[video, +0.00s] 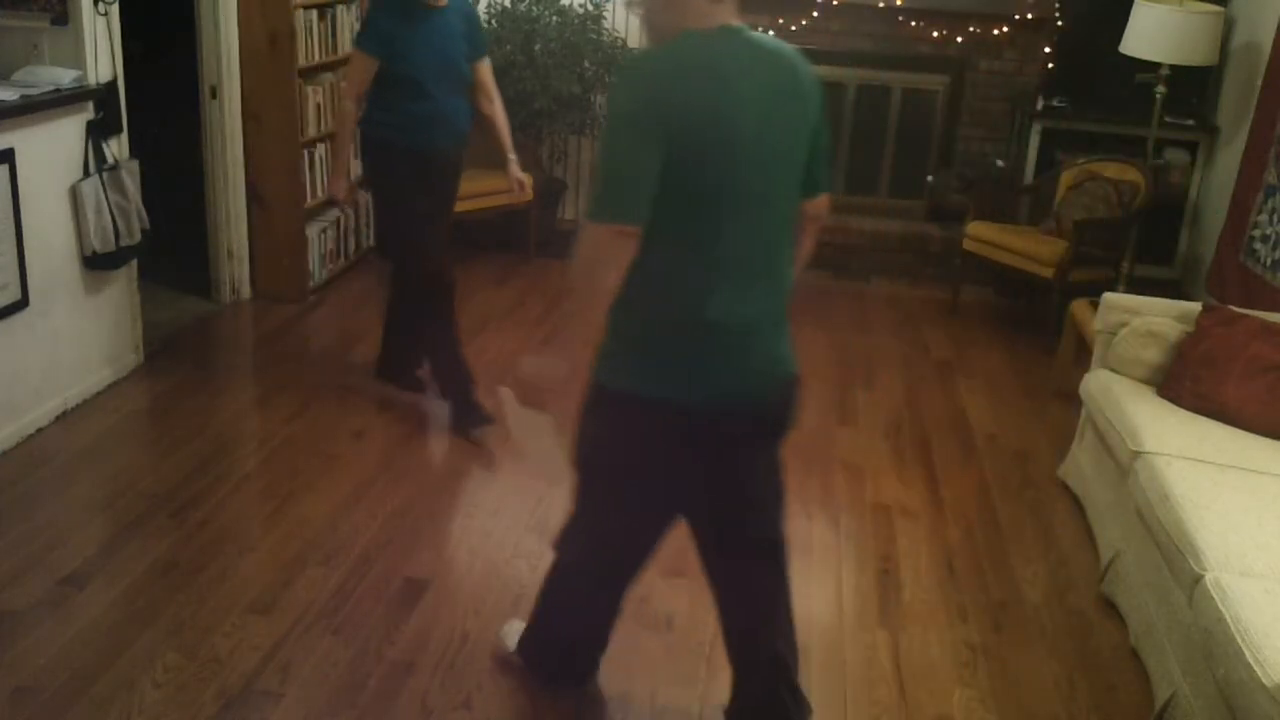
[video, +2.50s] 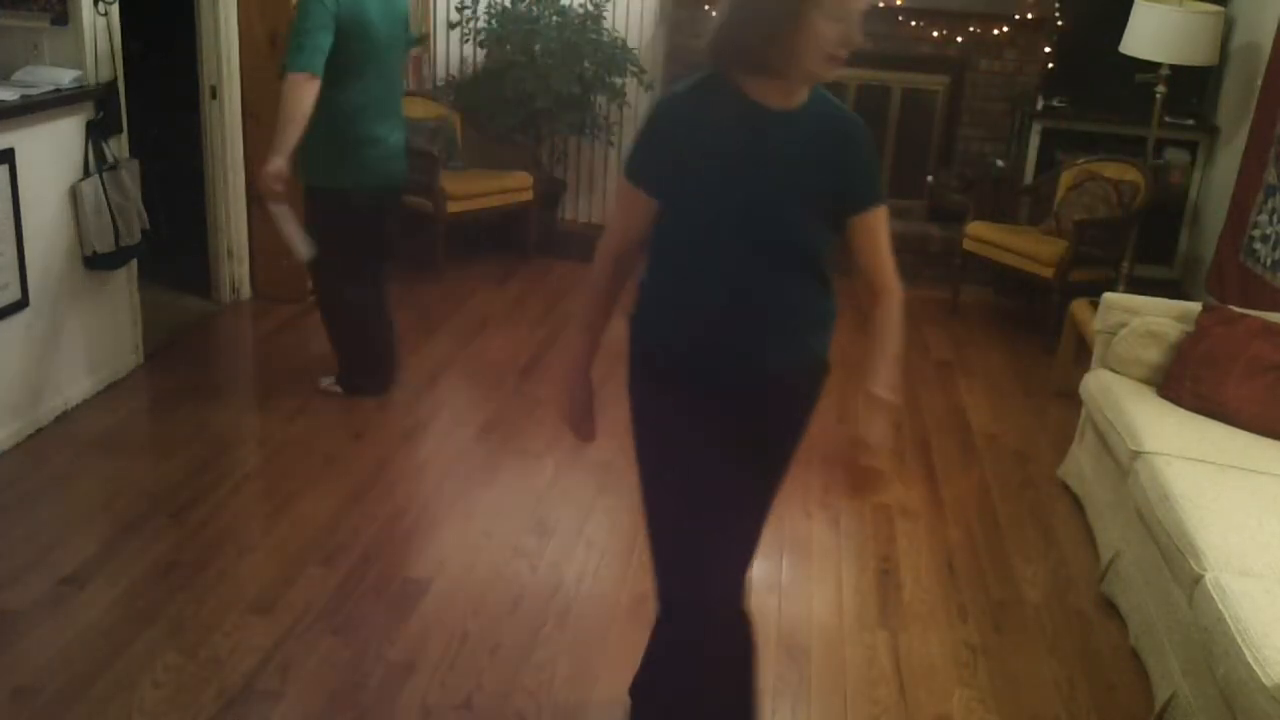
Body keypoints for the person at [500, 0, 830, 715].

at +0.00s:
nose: (638, 16)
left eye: (640, 7)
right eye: (640, 9)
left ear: (659, 6)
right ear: (728, 3)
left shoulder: (651, 76)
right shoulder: (794, 71)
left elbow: (614, 233)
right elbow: (812, 210)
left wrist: (562, 357)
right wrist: (761, 303)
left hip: (653, 373)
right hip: (756, 368)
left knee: (602, 538)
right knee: (753, 561)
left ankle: (555, 665)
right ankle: (773, 705)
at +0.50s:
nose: (495, 6)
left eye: (497, 2)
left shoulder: (488, 47)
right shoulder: (650, 54)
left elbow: (427, 165)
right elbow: (685, 182)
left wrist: (416, 220)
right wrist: (688, 286)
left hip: (506, 304)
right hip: (597, 305)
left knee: (523, 466)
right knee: (542, 447)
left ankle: (558, 640)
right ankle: (511, 543)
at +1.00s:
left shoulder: (419, 26)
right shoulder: (563, 32)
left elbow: (390, 135)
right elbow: (585, 151)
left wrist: (414, 205)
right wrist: (590, 238)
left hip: (432, 251)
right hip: (522, 257)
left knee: (428, 380)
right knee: (509, 413)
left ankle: (418, 485)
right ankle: (505, 552)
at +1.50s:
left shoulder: (382, 11)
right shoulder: (501, 13)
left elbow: (379, 95)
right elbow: (517, 107)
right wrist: (542, 193)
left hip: (403, 215)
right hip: (481, 211)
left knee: (416, 348)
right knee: (477, 310)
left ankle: (422, 473)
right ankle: (486, 410)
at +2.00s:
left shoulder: (377, 10)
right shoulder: (497, 7)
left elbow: (314, 74)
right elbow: (549, 67)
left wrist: (281, 126)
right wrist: (570, 107)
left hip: (404, 187)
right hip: (476, 184)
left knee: (393, 297)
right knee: (473, 302)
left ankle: (372, 386)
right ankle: (484, 408)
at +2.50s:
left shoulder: (322, 5)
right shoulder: (393, 5)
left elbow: (304, 77)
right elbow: (403, 59)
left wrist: (279, 155)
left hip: (340, 159)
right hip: (385, 152)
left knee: (336, 270)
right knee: (367, 265)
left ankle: (359, 376)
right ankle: (378, 367)